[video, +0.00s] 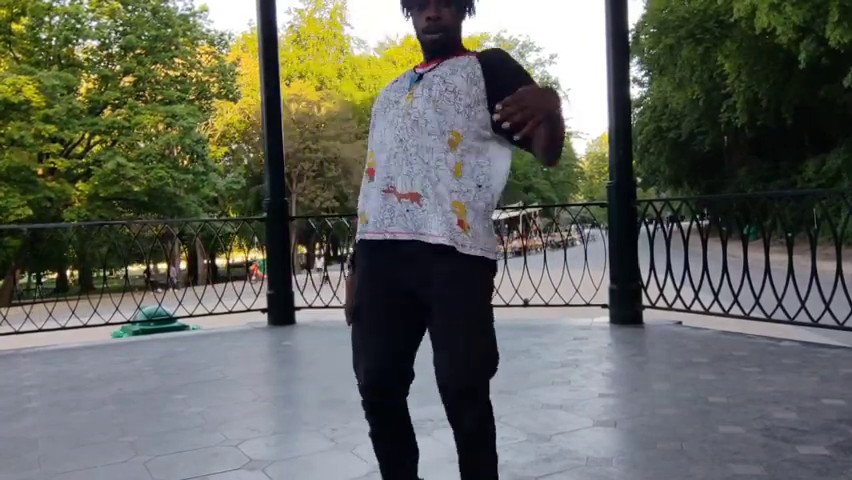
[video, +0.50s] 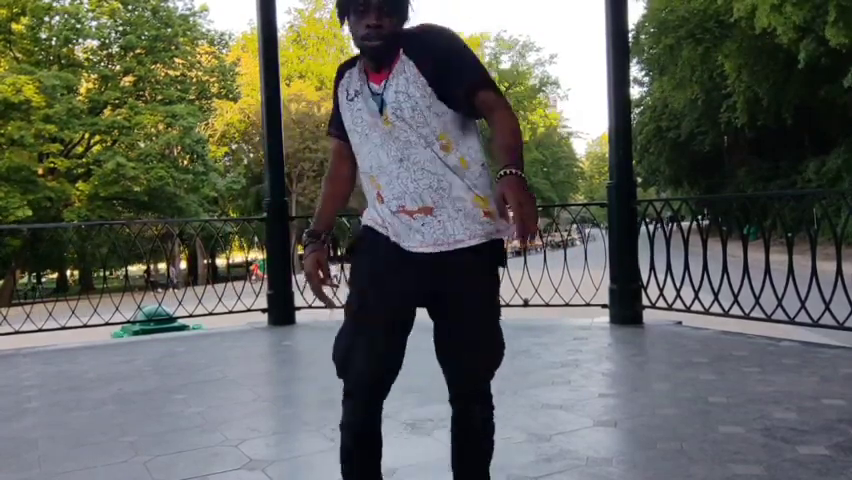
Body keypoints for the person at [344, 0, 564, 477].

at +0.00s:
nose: (431, 10)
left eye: (443, 1)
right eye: (420, 3)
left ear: (464, 8)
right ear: (408, 12)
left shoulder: (489, 64)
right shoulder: (390, 91)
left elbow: (547, 152)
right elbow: (373, 184)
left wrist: (551, 105)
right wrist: (357, 268)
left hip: (457, 257)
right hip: (382, 256)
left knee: (464, 394)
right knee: (378, 392)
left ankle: (481, 476)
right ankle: (399, 476)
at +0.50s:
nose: (372, 20)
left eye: (384, 10)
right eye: (360, 11)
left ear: (403, 14)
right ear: (346, 20)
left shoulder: (435, 44)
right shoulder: (347, 80)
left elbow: (498, 112)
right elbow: (343, 161)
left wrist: (511, 174)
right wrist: (319, 235)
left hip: (467, 248)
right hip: (387, 249)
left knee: (470, 391)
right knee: (361, 387)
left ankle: (472, 478)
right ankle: (360, 477)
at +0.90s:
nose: (431, 15)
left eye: (443, 5)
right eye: (419, 7)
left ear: (464, 11)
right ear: (405, 15)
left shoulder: (496, 81)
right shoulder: (377, 74)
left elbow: (494, 167)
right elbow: (305, 140)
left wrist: (502, 236)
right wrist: (345, 217)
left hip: (467, 259)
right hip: (388, 259)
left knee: (486, 386)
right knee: (363, 386)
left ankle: (488, 479)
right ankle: (363, 478)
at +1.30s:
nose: (455, 10)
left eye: (466, 0)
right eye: (443, 2)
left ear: (487, 6)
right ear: (431, 10)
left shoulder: (516, 45)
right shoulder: (407, 93)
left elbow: (554, 128)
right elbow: (374, 176)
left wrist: (556, 215)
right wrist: (362, 254)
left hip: (516, 250)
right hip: (441, 250)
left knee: (520, 387)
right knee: (436, 379)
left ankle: (499, 476)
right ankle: (419, 473)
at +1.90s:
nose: (422, 24)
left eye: (436, 13)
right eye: (410, 13)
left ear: (453, 21)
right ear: (393, 19)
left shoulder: (480, 93)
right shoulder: (374, 57)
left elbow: (512, 181)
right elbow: (354, 113)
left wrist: (540, 273)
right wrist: (348, 191)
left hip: (476, 257)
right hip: (398, 254)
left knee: (517, 368)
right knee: (372, 358)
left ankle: (549, 471)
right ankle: (425, 469)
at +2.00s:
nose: (403, 29)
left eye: (416, 18)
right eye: (391, 18)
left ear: (434, 24)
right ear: (376, 25)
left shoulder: (464, 90)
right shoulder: (360, 68)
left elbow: (472, 183)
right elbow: (332, 115)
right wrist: (321, 182)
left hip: (468, 252)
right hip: (391, 250)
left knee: (494, 368)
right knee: (364, 363)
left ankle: (513, 470)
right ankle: (421, 470)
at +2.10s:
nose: (388, 32)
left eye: (400, 22)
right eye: (378, 22)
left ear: (420, 27)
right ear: (364, 29)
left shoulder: (454, 90)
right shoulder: (354, 78)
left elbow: (439, 188)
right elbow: (324, 123)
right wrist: (301, 177)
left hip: (458, 261)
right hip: (385, 260)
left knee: (470, 364)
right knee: (356, 370)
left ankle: (480, 446)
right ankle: (415, 468)